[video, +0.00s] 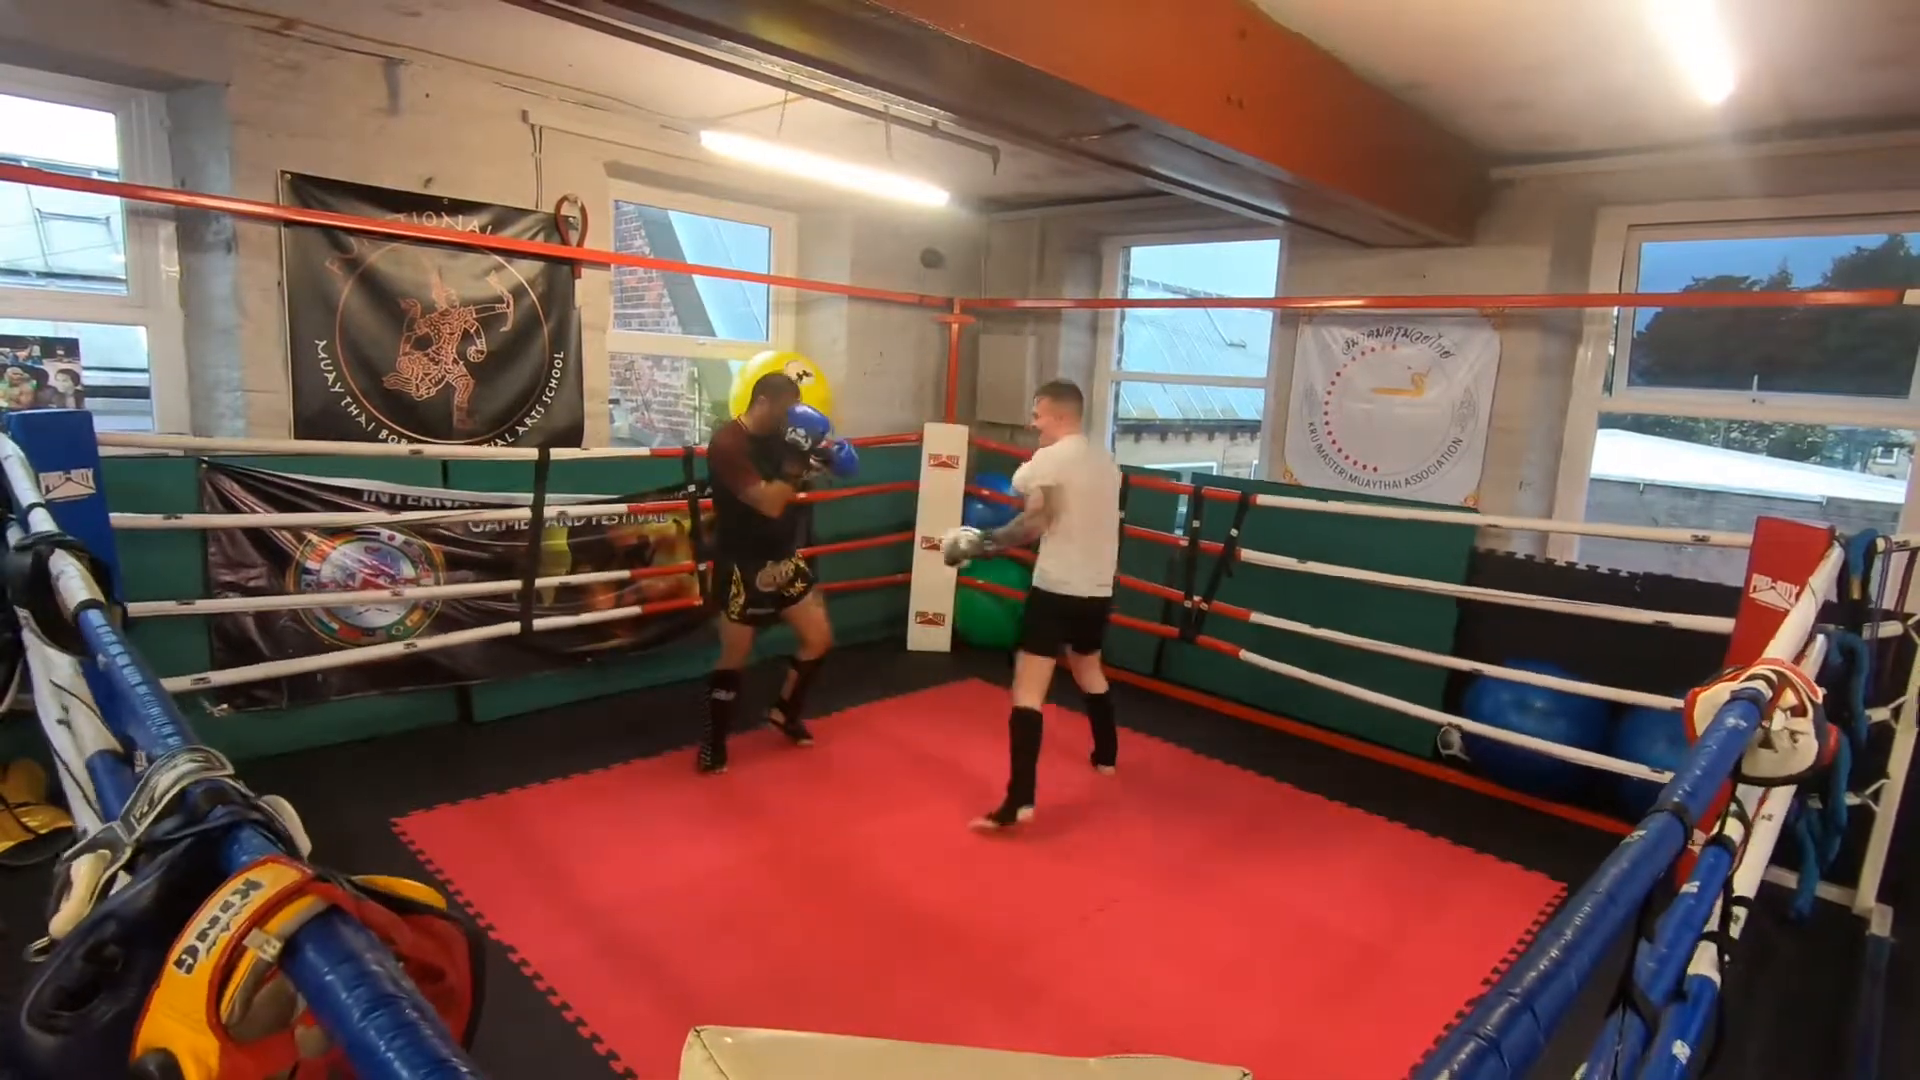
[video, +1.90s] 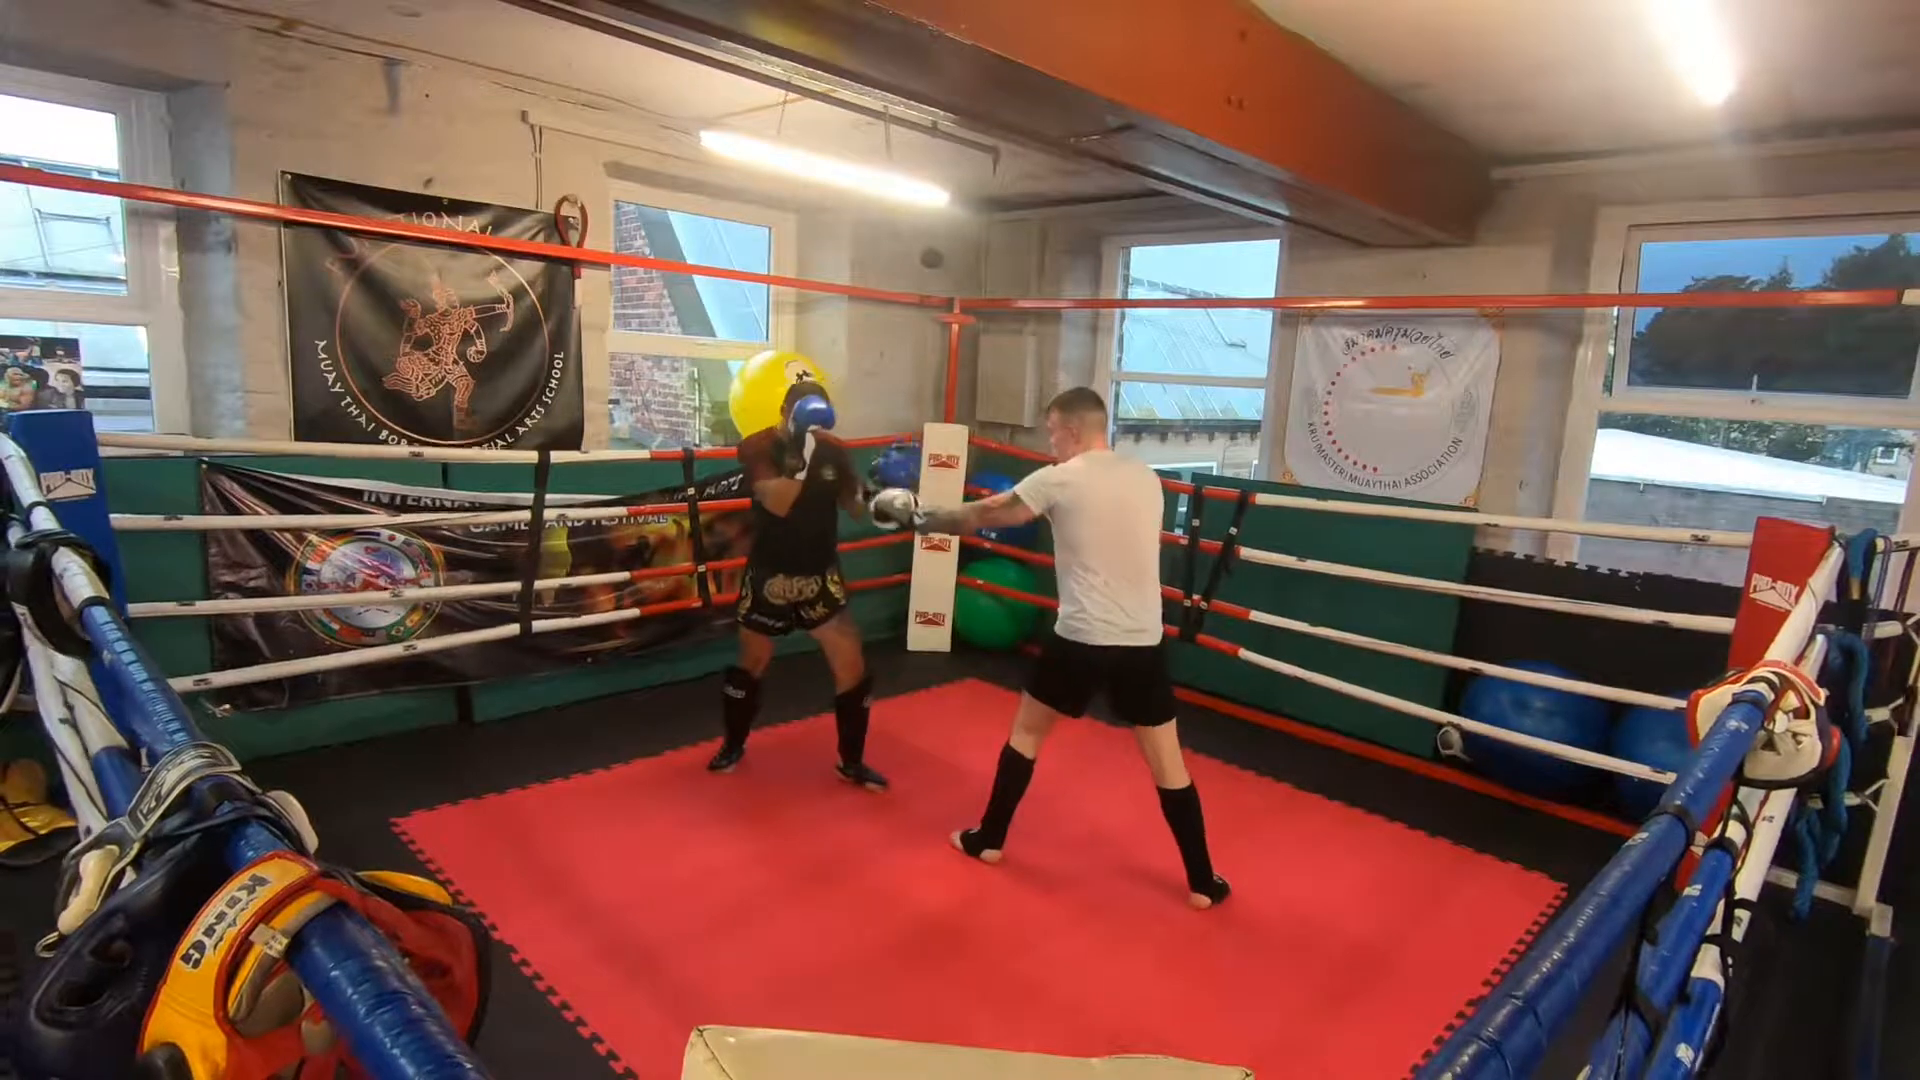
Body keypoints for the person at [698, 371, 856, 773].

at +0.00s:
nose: (789, 417)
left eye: (792, 410)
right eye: (785, 408)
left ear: (778, 407)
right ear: (761, 401)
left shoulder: (777, 439)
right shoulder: (727, 443)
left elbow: (794, 477)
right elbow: (768, 502)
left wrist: (825, 464)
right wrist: (796, 460)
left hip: (784, 559)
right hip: (742, 565)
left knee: (818, 638)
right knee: (735, 654)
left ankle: (786, 710)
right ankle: (715, 742)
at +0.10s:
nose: (796, 419)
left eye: (800, 412)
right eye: (792, 410)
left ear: (792, 408)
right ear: (767, 401)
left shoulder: (783, 441)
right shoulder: (735, 443)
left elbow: (800, 478)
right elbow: (772, 504)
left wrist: (833, 463)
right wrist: (804, 463)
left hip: (790, 560)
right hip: (746, 565)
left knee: (821, 642)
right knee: (732, 653)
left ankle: (820, 730)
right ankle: (714, 744)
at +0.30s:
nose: (827, 426)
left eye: (831, 419)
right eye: (824, 417)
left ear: (819, 415)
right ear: (799, 407)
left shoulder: (813, 450)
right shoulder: (761, 448)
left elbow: (834, 499)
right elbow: (794, 507)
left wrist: (860, 485)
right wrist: (829, 464)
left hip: (813, 567)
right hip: (768, 571)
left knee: (836, 656)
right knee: (747, 660)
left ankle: (846, 751)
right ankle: (716, 743)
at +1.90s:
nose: (812, 409)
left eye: (816, 399)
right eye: (800, 400)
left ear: (824, 404)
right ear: (779, 408)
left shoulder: (832, 450)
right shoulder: (758, 448)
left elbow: (853, 501)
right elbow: (778, 502)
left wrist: (881, 502)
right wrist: (806, 459)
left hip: (820, 578)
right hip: (767, 579)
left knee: (851, 667)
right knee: (751, 663)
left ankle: (851, 762)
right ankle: (732, 744)